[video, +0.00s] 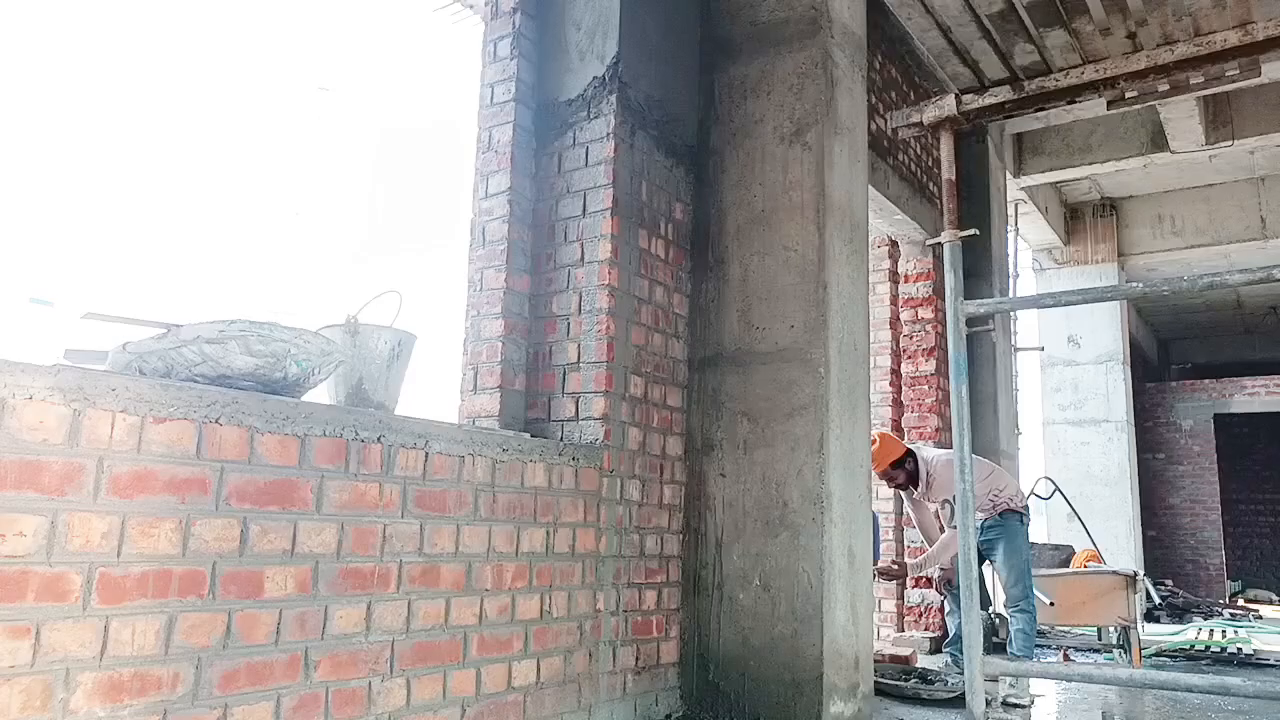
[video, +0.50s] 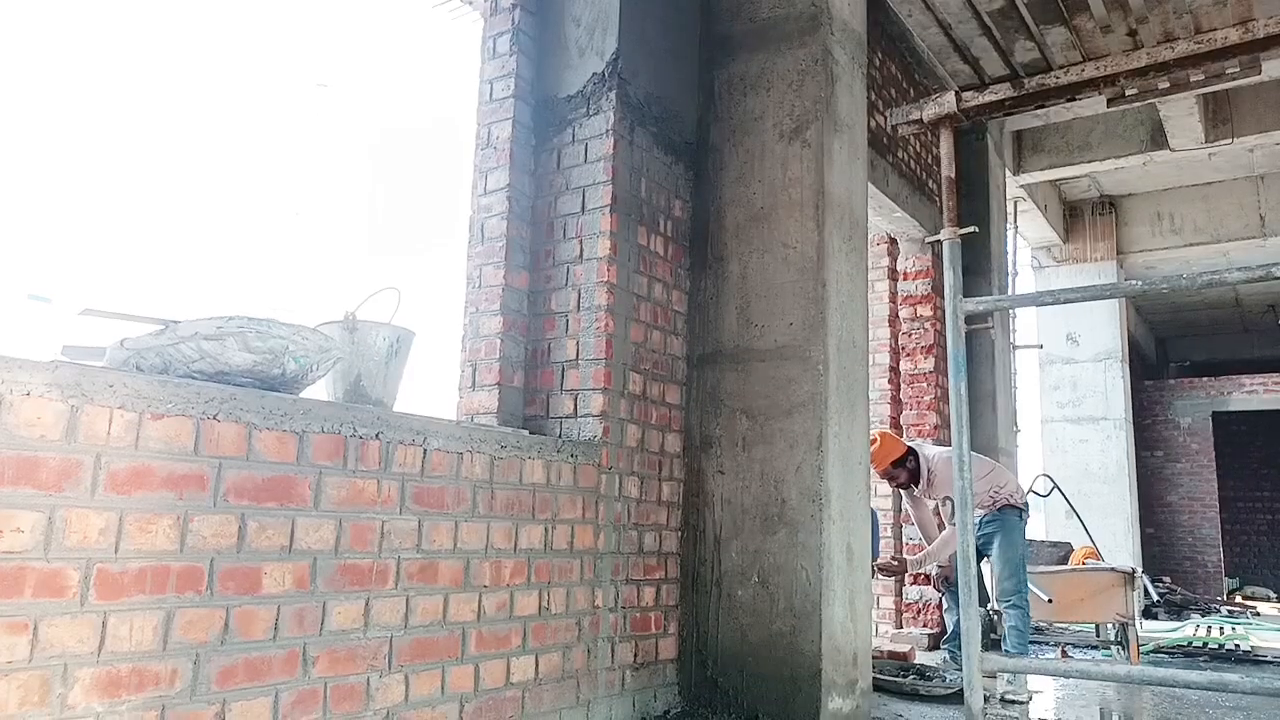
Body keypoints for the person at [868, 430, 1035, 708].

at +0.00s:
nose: (891, 483)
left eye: (892, 474)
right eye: (885, 478)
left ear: (907, 461)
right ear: (882, 475)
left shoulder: (942, 467)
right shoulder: (908, 483)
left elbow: (959, 530)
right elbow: (927, 524)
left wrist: (913, 567)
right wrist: (945, 563)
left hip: (1004, 515)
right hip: (966, 524)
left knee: (1017, 598)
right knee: (954, 588)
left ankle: (1018, 678)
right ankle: (959, 666)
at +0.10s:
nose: (889, 484)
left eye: (890, 476)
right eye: (883, 479)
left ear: (906, 462)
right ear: (882, 474)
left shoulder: (941, 468)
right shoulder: (906, 483)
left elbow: (955, 531)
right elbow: (925, 524)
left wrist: (912, 567)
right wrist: (944, 563)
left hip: (1002, 515)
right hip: (964, 525)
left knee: (1016, 598)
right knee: (952, 588)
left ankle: (1016, 676)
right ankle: (957, 665)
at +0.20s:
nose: (889, 481)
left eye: (890, 473)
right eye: (883, 476)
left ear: (906, 459)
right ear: (882, 472)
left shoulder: (941, 465)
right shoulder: (906, 479)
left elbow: (956, 528)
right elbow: (925, 520)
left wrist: (912, 564)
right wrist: (944, 560)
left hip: (1003, 512)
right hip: (964, 521)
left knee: (1016, 595)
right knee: (952, 584)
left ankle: (1016, 673)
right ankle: (957, 661)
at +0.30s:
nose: (890, 484)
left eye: (891, 476)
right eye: (884, 479)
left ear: (906, 461)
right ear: (882, 474)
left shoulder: (941, 466)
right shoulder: (907, 480)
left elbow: (955, 530)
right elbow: (924, 522)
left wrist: (912, 566)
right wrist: (944, 561)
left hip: (1002, 514)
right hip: (965, 523)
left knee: (1015, 597)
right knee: (952, 586)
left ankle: (1016, 676)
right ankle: (957, 664)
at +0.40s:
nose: (890, 484)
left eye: (891, 476)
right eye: (885, 479)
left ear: (907, 461)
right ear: (883, 474)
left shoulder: (941, 466)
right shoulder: (906, 480)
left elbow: (955, 530)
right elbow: (924, 520)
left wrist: (912, 565)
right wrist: (943, 561)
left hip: (1003, 512)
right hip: (964, 521)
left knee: (1015, 596)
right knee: (952, 585)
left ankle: (1016, 674)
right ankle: (957, 663)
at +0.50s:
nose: (892, 484)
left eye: (893, 476)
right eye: (886, 479)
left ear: (909, 461)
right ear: (884, 474)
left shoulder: (942, 464)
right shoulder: (906, 479)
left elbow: (957, 529)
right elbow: (925, 520)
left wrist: (913, 564)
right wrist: (943, 561)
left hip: (1004, 508)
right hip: (969, 518)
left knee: (1008, 592)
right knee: (950, 580)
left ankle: (1015, 671)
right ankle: (958, 660)